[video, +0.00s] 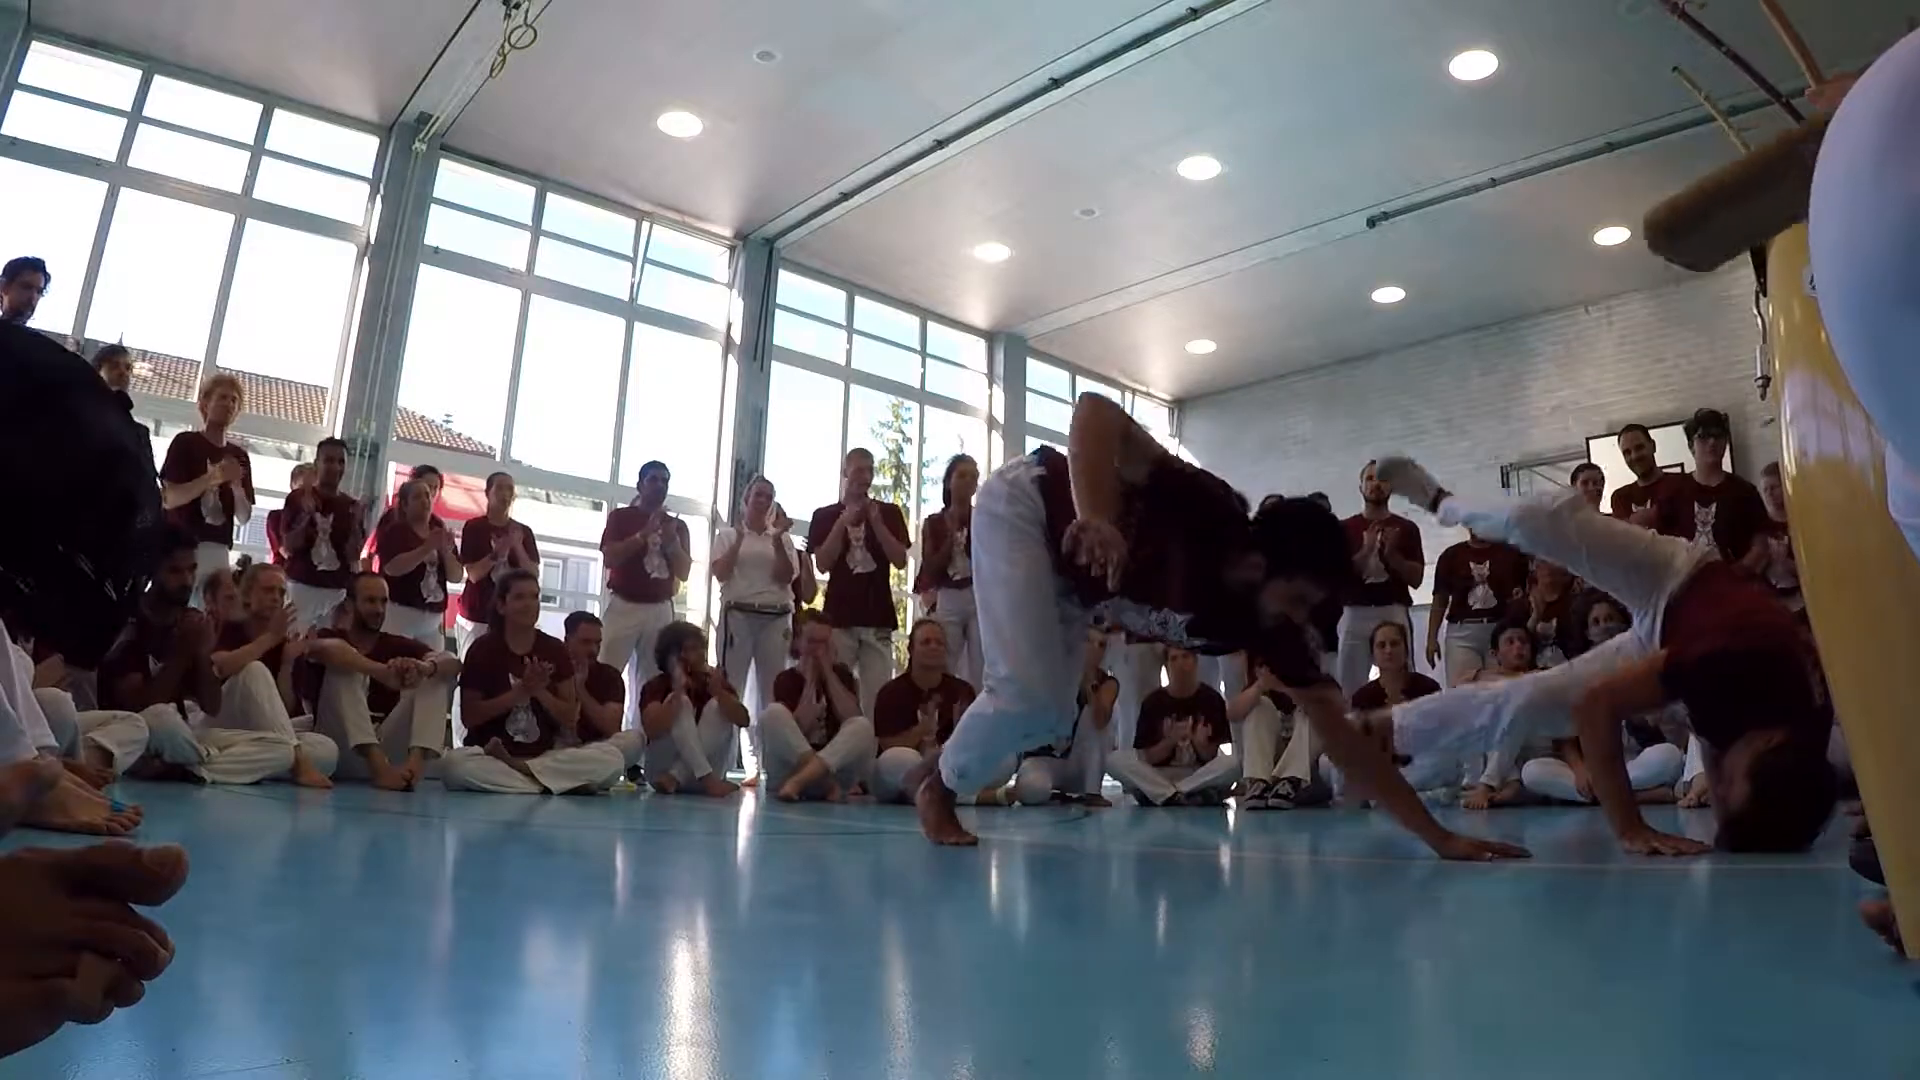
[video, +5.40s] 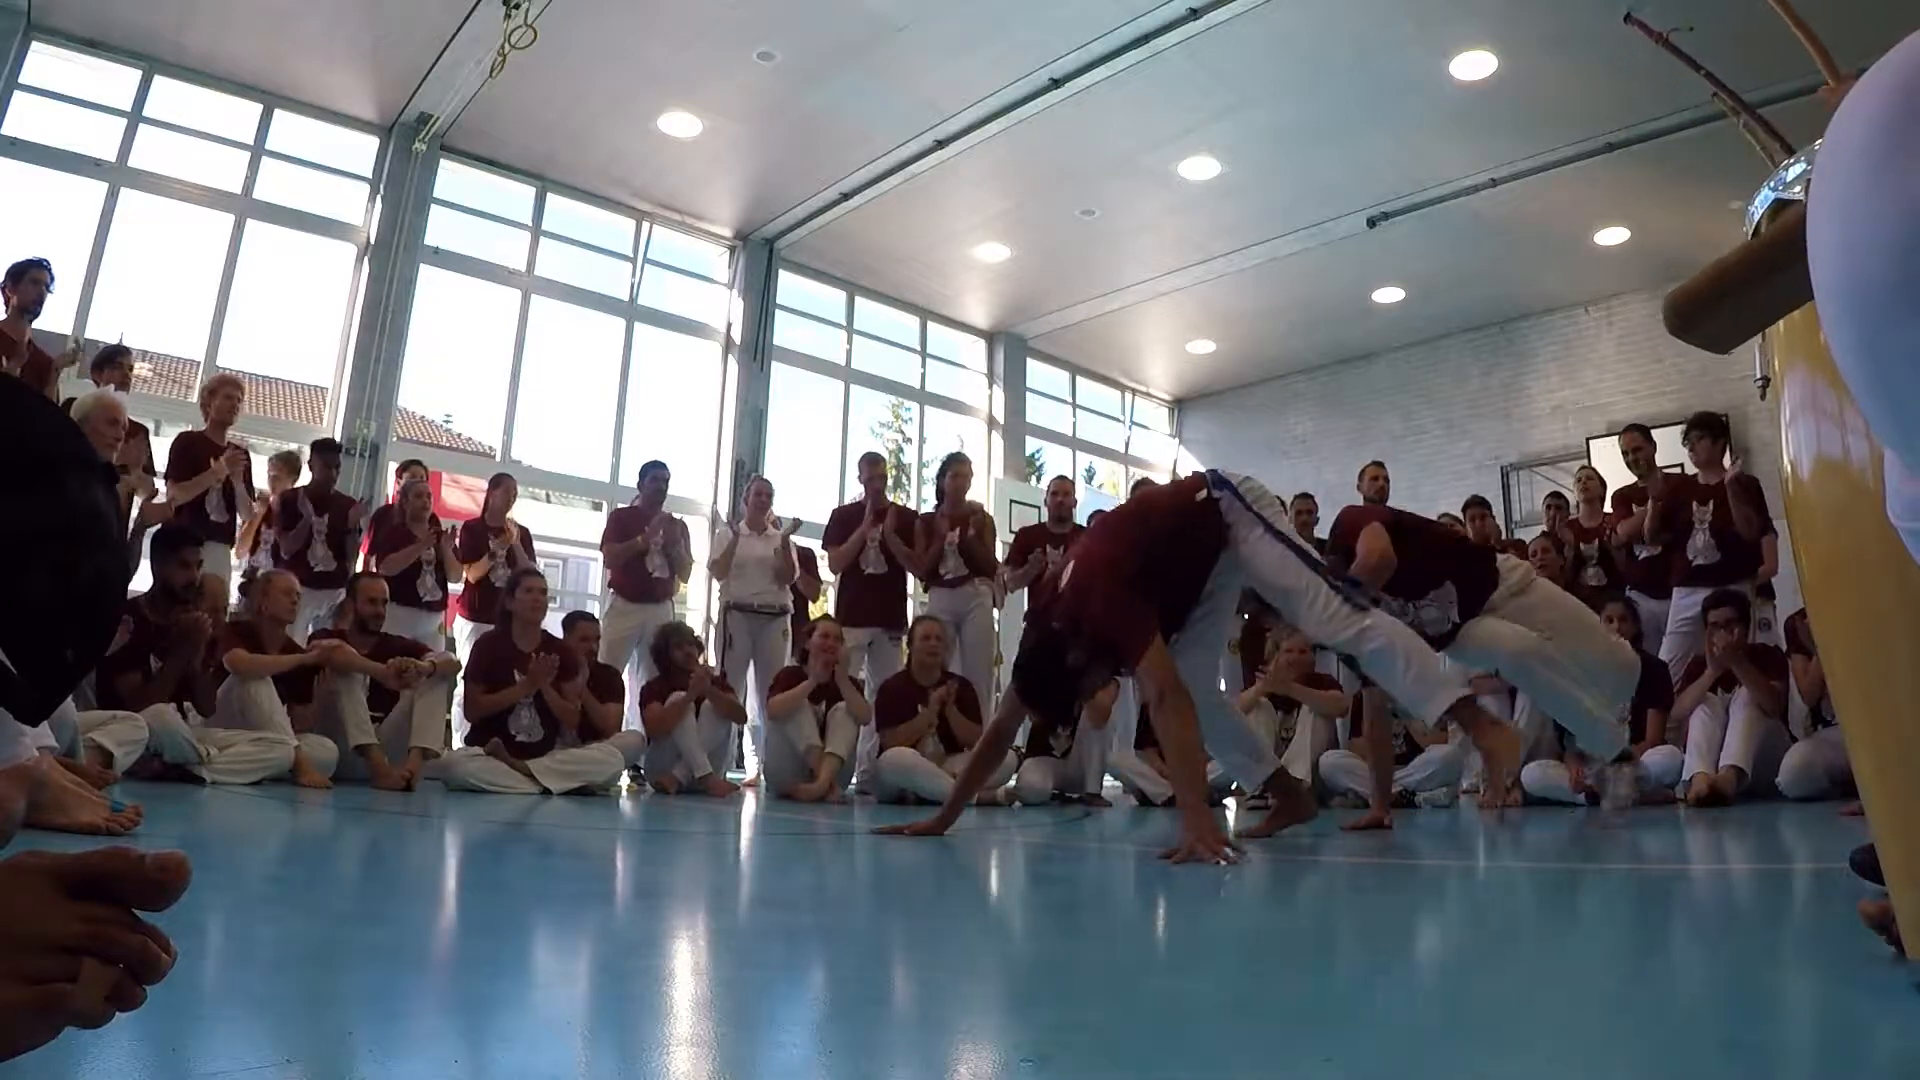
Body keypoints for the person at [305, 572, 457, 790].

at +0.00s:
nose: (379, 609)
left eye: (384, 601)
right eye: (370, 601)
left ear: (389, 602)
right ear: (351, 603)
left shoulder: (394, 643)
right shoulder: (328, 638)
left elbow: (453, 663)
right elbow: (325, 649)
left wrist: (425, 667)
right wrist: (382, 672)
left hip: (387, 750)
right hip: (338, 749)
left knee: (437, 674)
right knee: (342, 661)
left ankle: (416, 762)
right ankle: (378, 764)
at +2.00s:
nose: (379, 610)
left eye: (384, 602)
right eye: (371, 602)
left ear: (389, 603)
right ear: (353, 603)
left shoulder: (394, 643)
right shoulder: (329, 637)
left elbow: (454, 662)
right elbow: (319, 648)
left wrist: (428, 666)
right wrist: (382, 672)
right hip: (338, 750)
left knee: (437, 674)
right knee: (342, 663)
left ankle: (415, 764)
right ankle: (378, 764)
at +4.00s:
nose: (381, 610)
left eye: (385, 603)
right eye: (373, 603)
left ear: (390, 604)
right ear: (353, 603)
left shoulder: (393, 643)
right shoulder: (329, 637)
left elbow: (454, 663)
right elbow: (318, 649)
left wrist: (427, 667)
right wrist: (382, 672)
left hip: (387, 751)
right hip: (337, 750)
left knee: (438, 673)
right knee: (342, 663)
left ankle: (414, 765)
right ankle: (378, 766)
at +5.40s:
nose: (380, 610)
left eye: (384, 603)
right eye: (371, 603)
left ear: (389, 603)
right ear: (351, 603)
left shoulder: (393, 643)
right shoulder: (323, 638)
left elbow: (453, 663)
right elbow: (334, 655)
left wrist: (427, 667)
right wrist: (382, 672)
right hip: (332, 749)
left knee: (436, 673)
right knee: (344, 668)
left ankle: (414, 765)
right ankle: (378, 766)